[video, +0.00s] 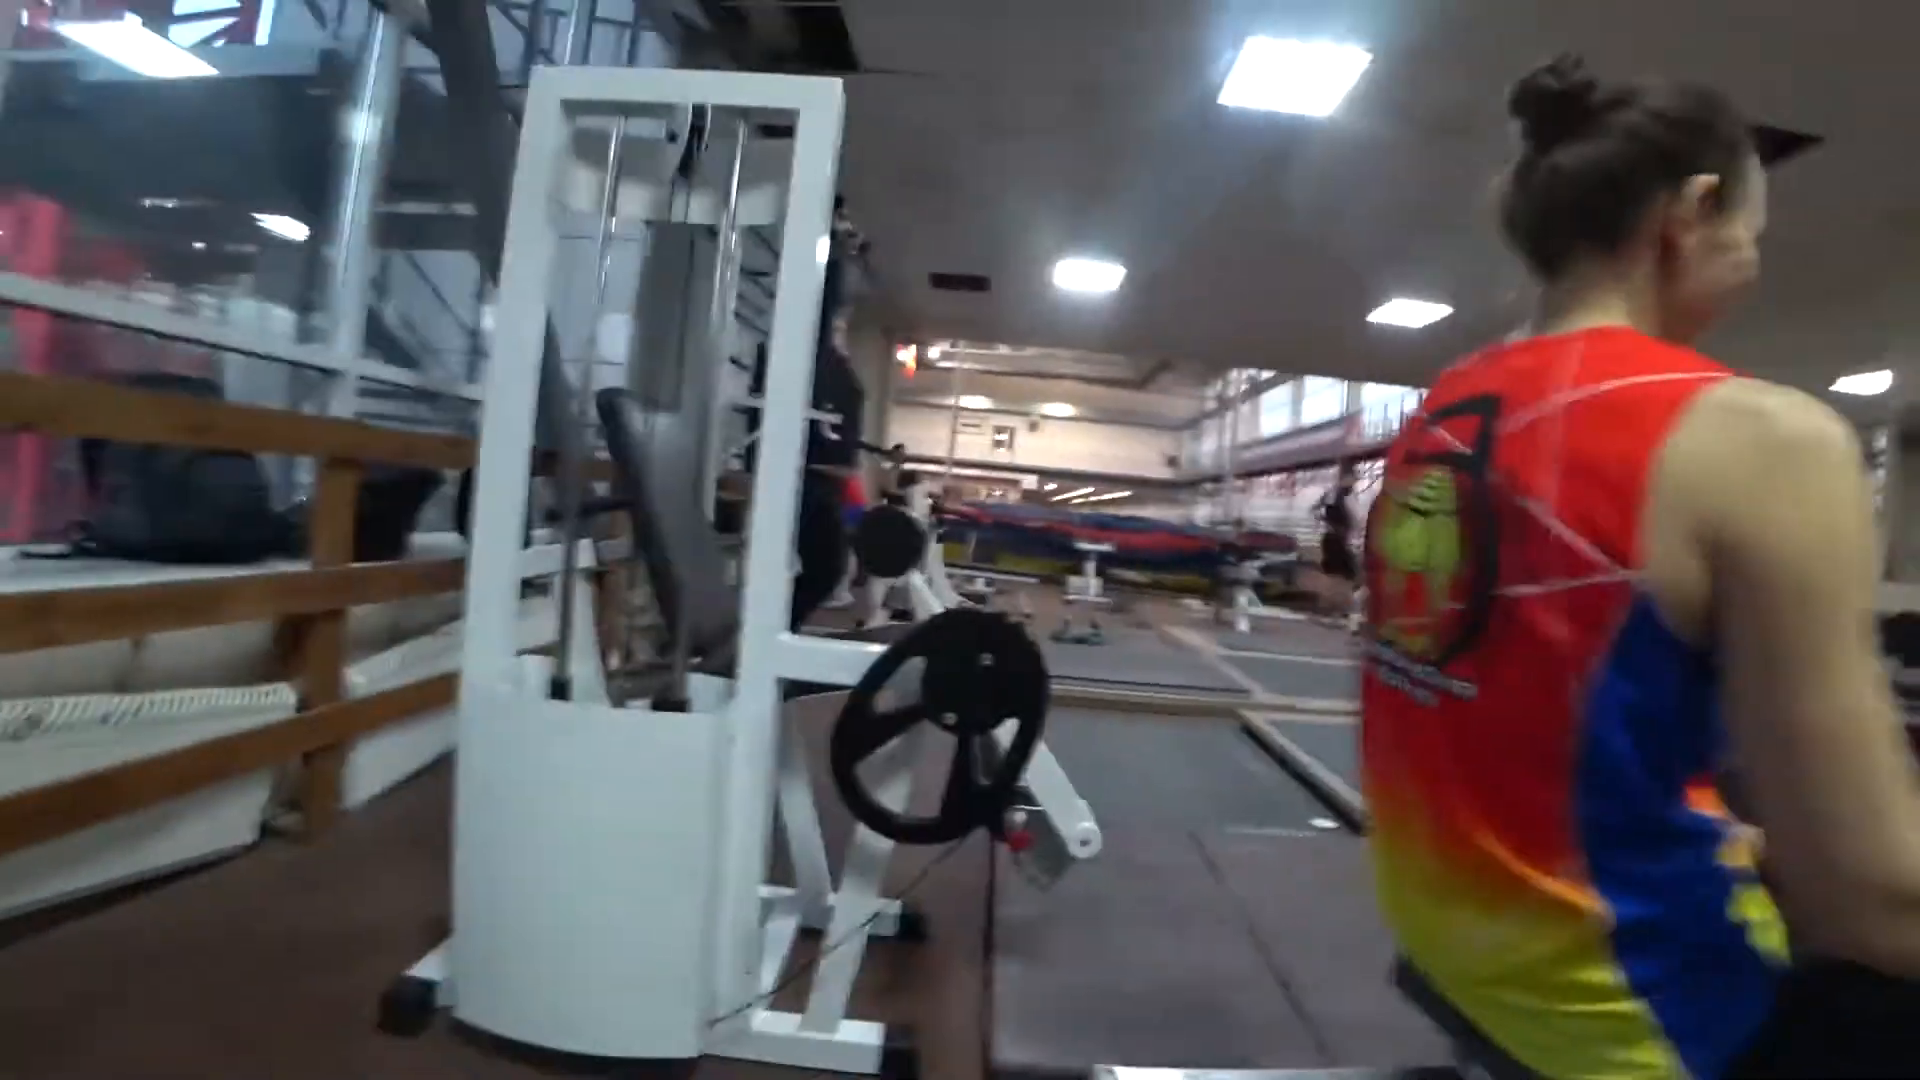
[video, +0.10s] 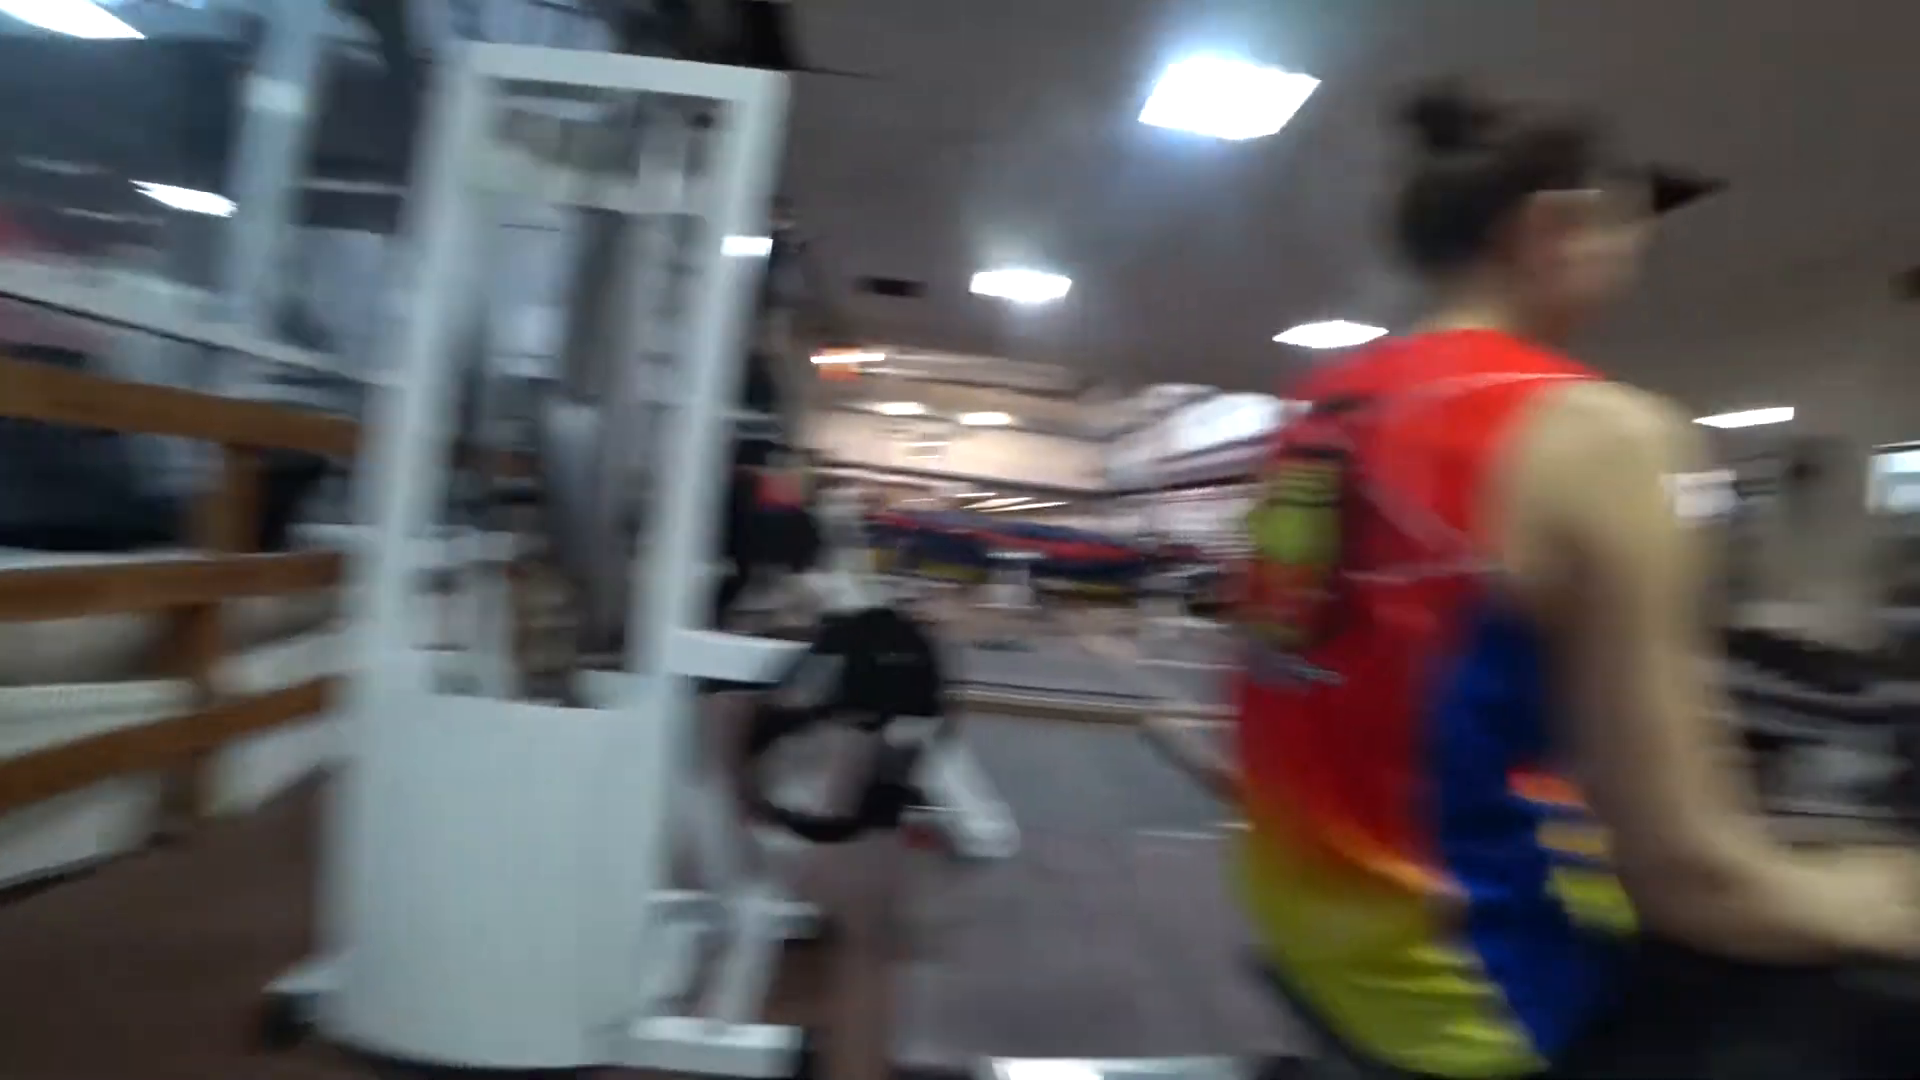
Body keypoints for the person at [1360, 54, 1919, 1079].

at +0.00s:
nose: (1750, 275)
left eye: (1754, 244)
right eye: (1749, 242)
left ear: (1556, 233)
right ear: (1691, 219)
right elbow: (1865, 903)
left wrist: (1724, 839)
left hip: (1457, 967)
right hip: (1652, 1010)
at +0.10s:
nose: (1633, 268)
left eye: (1639, 235)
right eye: (1625, 232)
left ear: (1438, 242)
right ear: (1547, 232)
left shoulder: (1335, 404)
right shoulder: (1587, 439)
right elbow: (1682, 865)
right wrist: (1867, 897)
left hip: (1316, 952)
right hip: (1483, 998)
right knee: (1877, 1015)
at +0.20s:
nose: (1441, 279)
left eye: (1447, 247)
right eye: (1442, 245)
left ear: (1267, 244)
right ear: (1383, 232)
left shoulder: (1175, 389)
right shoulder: (1418, 430)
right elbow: (1489, 838)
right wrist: (1623, 863)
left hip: (1157, 936)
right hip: (1318, 989)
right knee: (1686, 952)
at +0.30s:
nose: (1394, 282)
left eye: (1397, 249)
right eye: (1394, 247)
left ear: (1220, 243)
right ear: (1345, 235)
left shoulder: (1136, 399)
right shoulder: (1386, 427)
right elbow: (1457, 845)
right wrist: (1603, 852)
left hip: (1136, 949)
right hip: (1297, 1011)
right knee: (1658, 898)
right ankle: (1739, 1033)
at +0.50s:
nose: (1515, 249)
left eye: (1512, 220)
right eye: (1507, 217)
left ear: (1336, 253)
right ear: (1461, 225)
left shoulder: (1271, 411)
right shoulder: (1535, 432)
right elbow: (1633, 869)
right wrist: (1782, 833)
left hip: (1305, 977)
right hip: (1487, 1023)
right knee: (1875, 868)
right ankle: (1891, 1041)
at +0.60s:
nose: (1519, 247)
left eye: (1514, 217)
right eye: (1512, 217)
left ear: (1341, 265)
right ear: (1471, 232)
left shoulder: (1283, 424)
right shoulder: (1549, 436)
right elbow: (1643, 861)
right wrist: (1797, 809)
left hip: (1321, 967)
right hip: (1504, 1019)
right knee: (1875, 846)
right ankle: (1895, 1040)